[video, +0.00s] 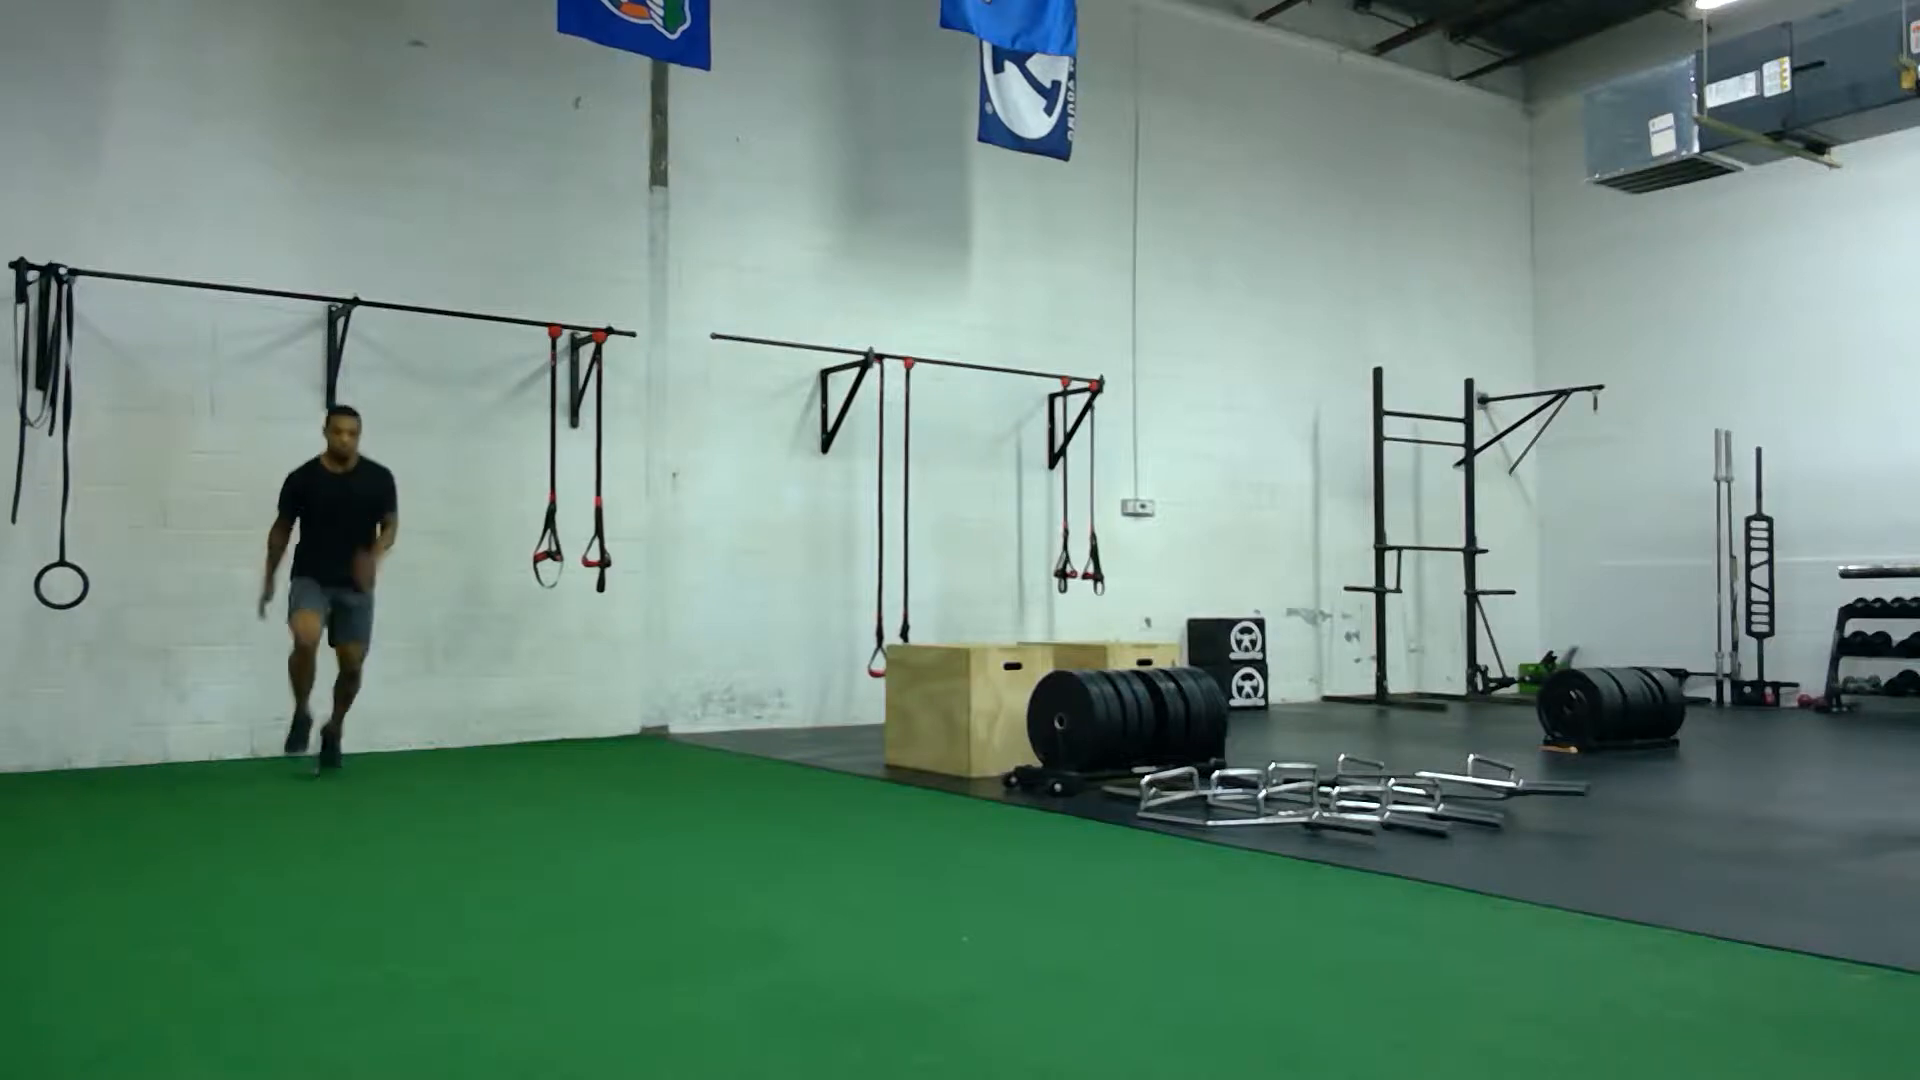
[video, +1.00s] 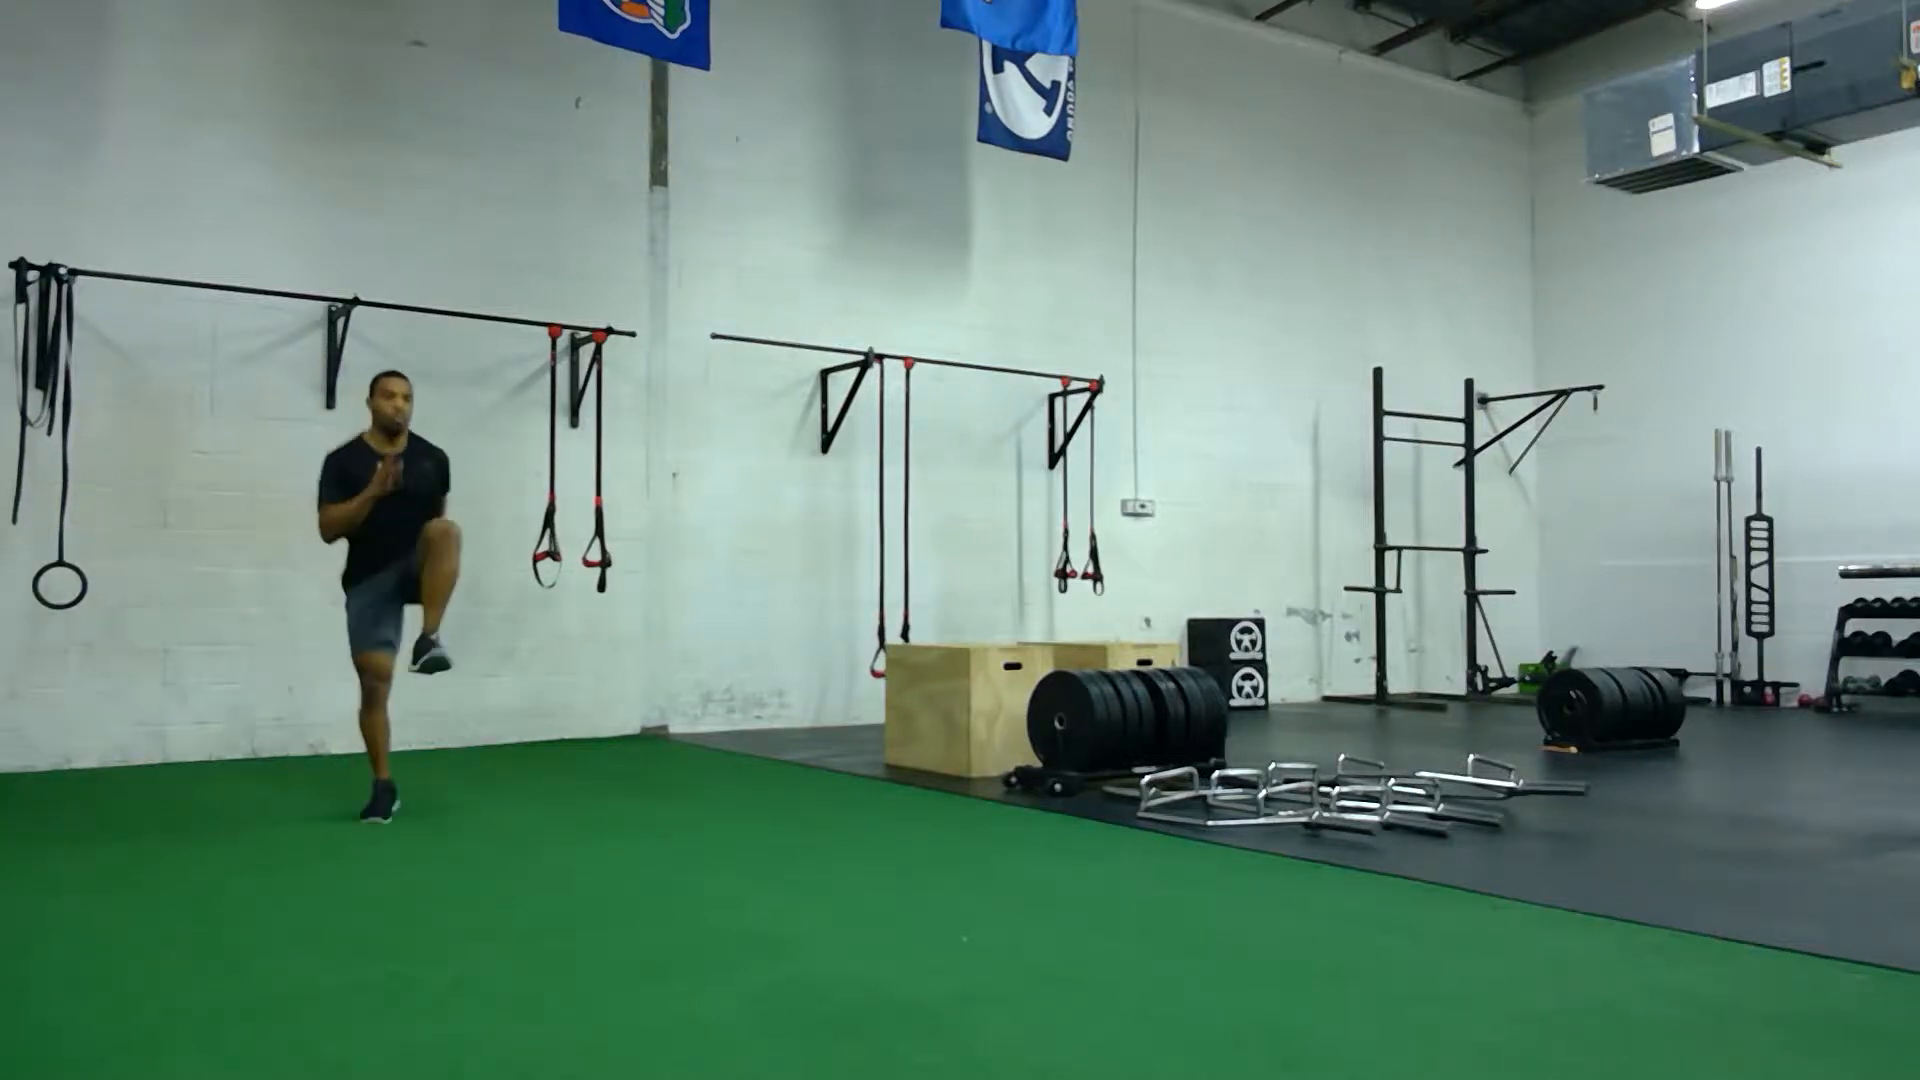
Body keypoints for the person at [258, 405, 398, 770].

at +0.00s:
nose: (344, 439)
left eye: (351, 433)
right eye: (337, 432)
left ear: (360, 436)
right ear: (326, 433)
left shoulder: (379, 479)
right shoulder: (301, 479)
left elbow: (389, 528)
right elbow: (281, 530)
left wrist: (373, 555)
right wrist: (269, 579)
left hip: (356, 580)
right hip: (311, 576)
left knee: (352, 665)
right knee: (304, 641)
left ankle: (333, 731)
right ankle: (301, 715)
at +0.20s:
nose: (346, 439)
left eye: (352, 433)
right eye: (338, 432)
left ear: (359, 438)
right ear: (324, 437)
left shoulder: (380, 481)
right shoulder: (301, 481)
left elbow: (406, 512)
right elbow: (286, 535)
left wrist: (414, 554)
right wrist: (314, 511)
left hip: (360, 582)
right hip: (311, 589)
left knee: (377, 633)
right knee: (309, 674)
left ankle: (353, 690)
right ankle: (300, 748)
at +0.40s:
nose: (368, 436)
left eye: (374, 430)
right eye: (360, 429)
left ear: (383, 438)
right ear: (346, 435)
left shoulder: (396, 488)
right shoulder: (318, 478)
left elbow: (392, 540)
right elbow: (275, 502)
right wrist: (245, 534)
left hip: (372, 583)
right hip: (326, 574)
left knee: (366, 678)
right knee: (351, 604)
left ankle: (355, 762)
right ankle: (329, 674)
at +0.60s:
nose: (369, 403)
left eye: (376, 397)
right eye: (361, 396)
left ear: (384, 406)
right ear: (345, 403)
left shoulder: (401, 456)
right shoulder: (317, 455)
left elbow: (412, 515)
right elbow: (301, 516)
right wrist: (317, 544)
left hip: (389, 563)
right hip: (335, 565)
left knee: (404, 633)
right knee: (338, 656)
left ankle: (374, 675)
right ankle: (335, 764)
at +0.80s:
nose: (379, 400)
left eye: (386, 393)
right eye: (370, 392)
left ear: (394, 401)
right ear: (354, 399)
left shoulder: (412, 454)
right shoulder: (327, 452)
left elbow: (416, 511)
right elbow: (317, 513)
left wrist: (415, 557)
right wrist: (360, 486)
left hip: (394, 558)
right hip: (349, 569)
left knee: (424, 553)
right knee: (357, 668)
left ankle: (403, 657)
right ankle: (349, 769)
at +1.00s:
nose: (397, 405)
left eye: (404, 398)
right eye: (388, 397)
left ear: (412, 407)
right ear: (370, 404)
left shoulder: (432, 460)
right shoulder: (343, 460)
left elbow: (436, 517)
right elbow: (329, 529)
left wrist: (436, 566)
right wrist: (372, 492)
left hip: (417, 569)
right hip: (369, 578)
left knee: (444, 529)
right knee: (374, 685)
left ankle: (430, 639)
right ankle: (382, 786)